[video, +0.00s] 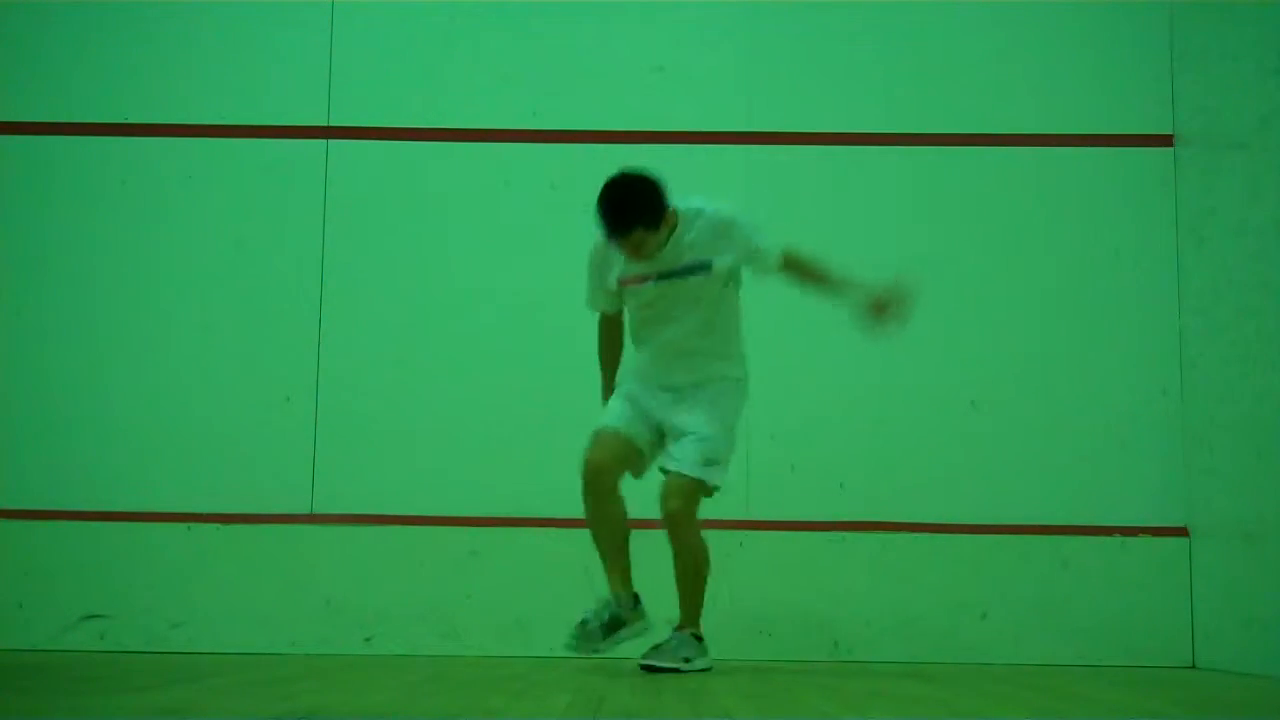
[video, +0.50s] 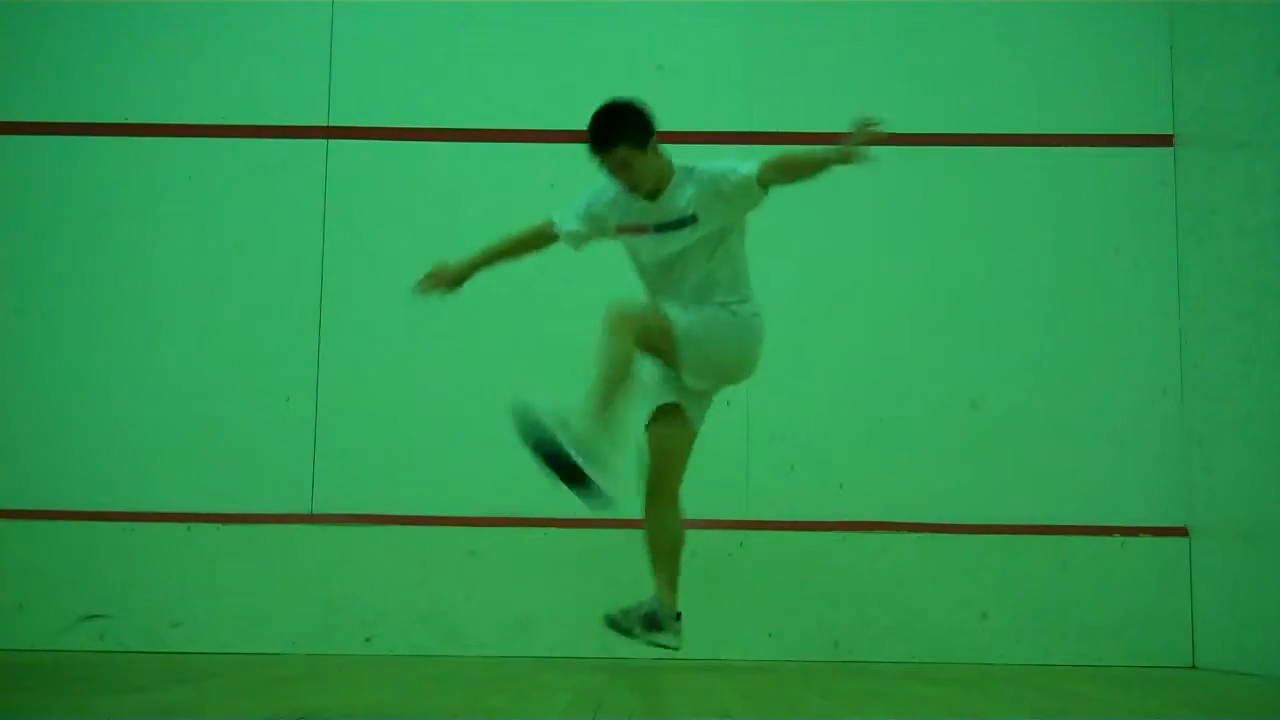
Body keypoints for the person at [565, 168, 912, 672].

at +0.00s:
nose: (629, 251)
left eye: (636, 241)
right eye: (621, 242)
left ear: (661, 221)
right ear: (614, 231)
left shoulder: (716, 232)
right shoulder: (609, 254)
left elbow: (786, 263)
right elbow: (610, 326)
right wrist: (611, 401)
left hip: (711, 389)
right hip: (647, 387)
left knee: (677, 504)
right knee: (597, 465)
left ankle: (689, 635)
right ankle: (623, 603)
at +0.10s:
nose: (606, 270)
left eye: (608, 261)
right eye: (597, 265)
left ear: (627, 233)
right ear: (597, 248)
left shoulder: (701, 238)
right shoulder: (604, 267)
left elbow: (765, 283)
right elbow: (595, 331)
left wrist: (822, 345)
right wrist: (576, 400)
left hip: (712, 387)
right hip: (651, 393)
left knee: (660, 503)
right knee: (601, 501)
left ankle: (687, 634)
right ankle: (641, 623)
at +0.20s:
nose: (587, 260)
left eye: (588, 248)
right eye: (577, 255)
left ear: (608, 221)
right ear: (576, 248)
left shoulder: (684, 242)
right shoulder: (599, 281)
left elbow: (767, 280)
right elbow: (574, 334)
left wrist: (843, 328)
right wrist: (526, 387)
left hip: (707, 394)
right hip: (654, 400)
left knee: (611, 486)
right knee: (597, 506)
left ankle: (666, 608)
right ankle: (645, 627)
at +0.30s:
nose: (593, 244)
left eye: (595, 230)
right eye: (585, 238)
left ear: (617, 206)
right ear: (582, 234)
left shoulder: (688, 234)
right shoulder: (604, 272)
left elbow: (780, 247)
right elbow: (555, 309)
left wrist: (871, 261)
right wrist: (504, 339)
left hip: (706, 392)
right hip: (668, 400)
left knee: (578, 398)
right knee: (601, 502)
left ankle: (590, 522)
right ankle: (648, 633)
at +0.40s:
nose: (607, 212)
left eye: (611, 198)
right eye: (598, 205)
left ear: (634, 177)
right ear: (593, 200)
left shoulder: (701, 207)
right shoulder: (604, 239)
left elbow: (785, 194)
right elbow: (534, 265)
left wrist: (875, 180)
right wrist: (461, 301)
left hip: (718, 357)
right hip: (677, 373)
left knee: (599, 314)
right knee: (637, 488)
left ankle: (545, 436)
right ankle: (651, 628)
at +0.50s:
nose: (619, 179)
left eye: (624, 166)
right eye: (611, 171)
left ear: (652, 146)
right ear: (608, 167)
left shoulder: (714, 183)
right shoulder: (612, 207)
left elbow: (776, 170)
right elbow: (544, 236)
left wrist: (842, 152)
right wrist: (466, 268)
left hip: (731, 335)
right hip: (681, 347)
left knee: (627, 320)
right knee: (661, 473)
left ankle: (594, 452)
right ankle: (664, 610)